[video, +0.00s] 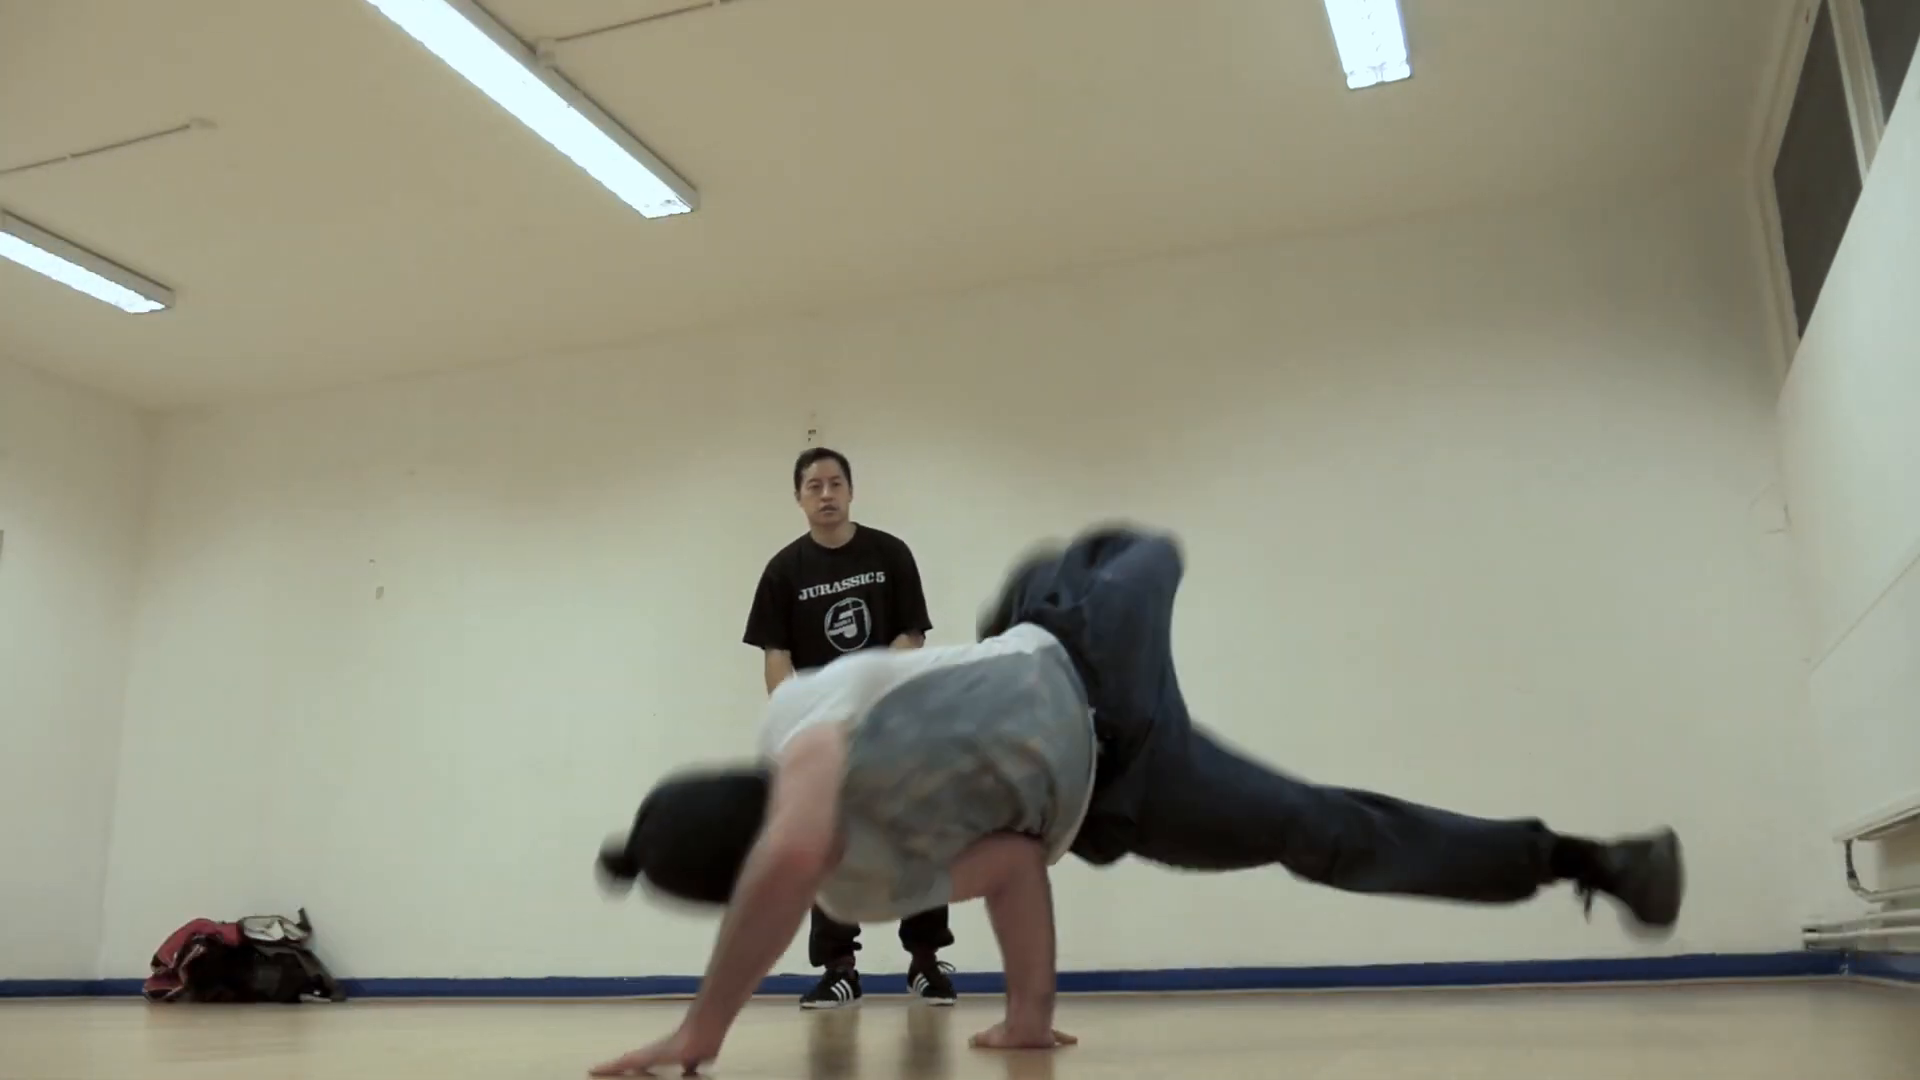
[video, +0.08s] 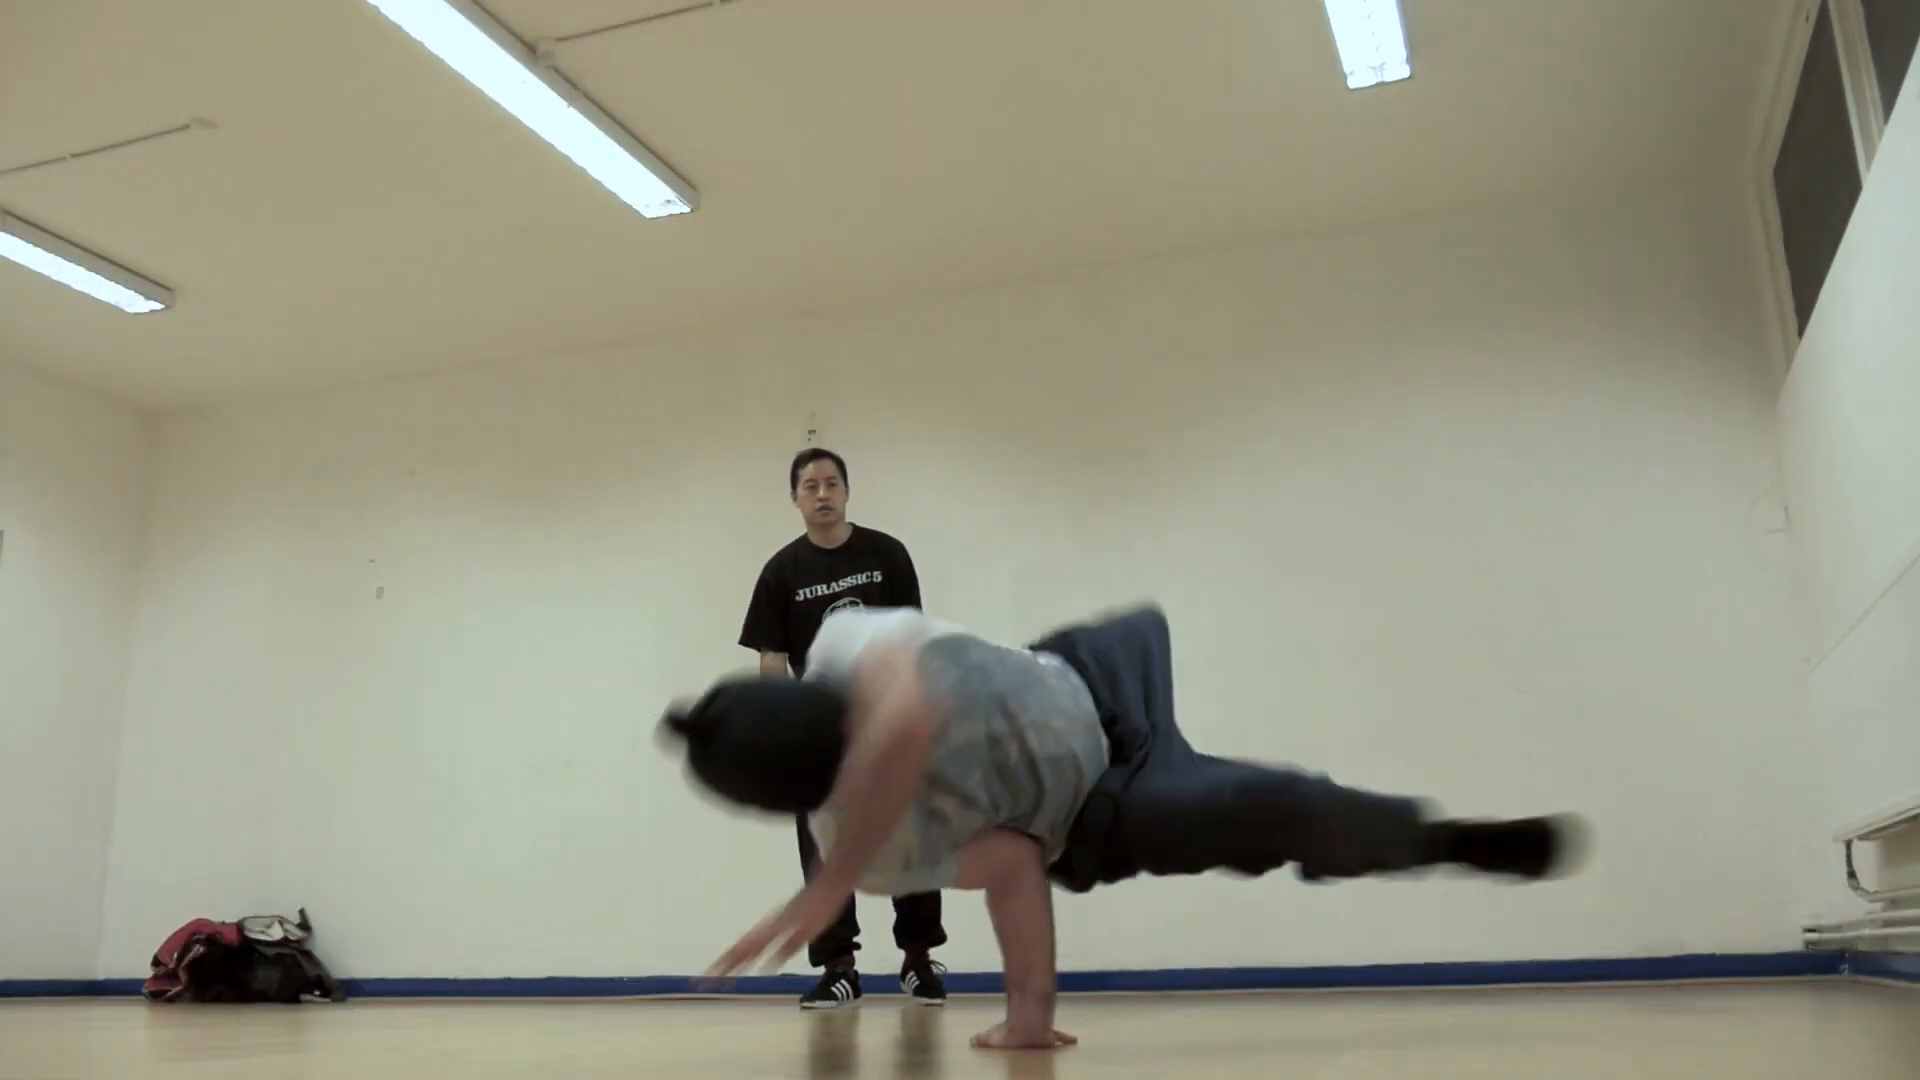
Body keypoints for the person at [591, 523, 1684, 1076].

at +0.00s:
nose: (718, 901)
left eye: (702, 888)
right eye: (705, 898)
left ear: (713, 830)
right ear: (744, 869)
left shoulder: (806, 725)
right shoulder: (859, 887)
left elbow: (789, 864)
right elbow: (1012, 872)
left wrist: (699, 1038)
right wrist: (1033, 1017)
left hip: (1074, 650)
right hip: (1115, 783)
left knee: (1144, 565)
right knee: (1338, 837)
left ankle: (1058, 573)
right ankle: (1589, 860)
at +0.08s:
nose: (769, 708)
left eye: (752, 718)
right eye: (756, 717)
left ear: (755, 778)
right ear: (805, 746)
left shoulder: (855, 645)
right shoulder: (884, 847)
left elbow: (902, 722)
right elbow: (1017, 869)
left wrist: (818, 898)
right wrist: (1031, 1023)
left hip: (1064, 678)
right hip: (1096, 801)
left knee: (1136, 627)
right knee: (1282, 804)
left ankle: (1169, 773)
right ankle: (1453, 839)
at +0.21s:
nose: (945, 643)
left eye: (936, 625)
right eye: (920, 650)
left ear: (926, 593)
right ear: (879, 669)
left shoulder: (934, 558)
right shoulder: (889, 772)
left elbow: (1089, 512)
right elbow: (1007, 860)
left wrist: (1177, 519)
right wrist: (1026, 1025)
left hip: (1058, 738)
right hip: (1064, 836)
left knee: (1154, 731)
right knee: (1288, 781)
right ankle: (1130, 954)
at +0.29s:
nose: (1038, 532)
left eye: (1028, 518)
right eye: (1017, 526)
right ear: (977, 549)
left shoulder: (996, 551)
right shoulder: (931, 689)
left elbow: (1115, 557)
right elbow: (991, 857)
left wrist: (1258, 542)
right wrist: (1024, 1008)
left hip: (1045, 783)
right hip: (1030, 864)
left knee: (1154, 791)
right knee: (1257, 811)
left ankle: (1209, 882)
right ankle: (1108, 981)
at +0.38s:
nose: (1098, 500)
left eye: (1096, 483)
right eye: (1089, 484)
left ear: (1015, 487)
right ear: (1046, 491)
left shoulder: (968, 563)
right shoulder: (1016, 621)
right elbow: (1049, 810)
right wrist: (1123, 966)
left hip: (965, 850)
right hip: (1008, 881)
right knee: (1256, 817)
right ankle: (1101, 991)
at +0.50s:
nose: (1035, 514)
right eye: (1030, 503)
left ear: (942, 527)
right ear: (1026, 510)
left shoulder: (895, 643)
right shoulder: (1059, 581)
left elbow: (858, 816)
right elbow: (1201, 691)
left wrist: (803, 957)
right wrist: (1328, 610)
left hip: (1007, 921)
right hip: (1101, 880)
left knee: (1163, 807)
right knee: (1265, 824)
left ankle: (1286, 919)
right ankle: (1136, 972)